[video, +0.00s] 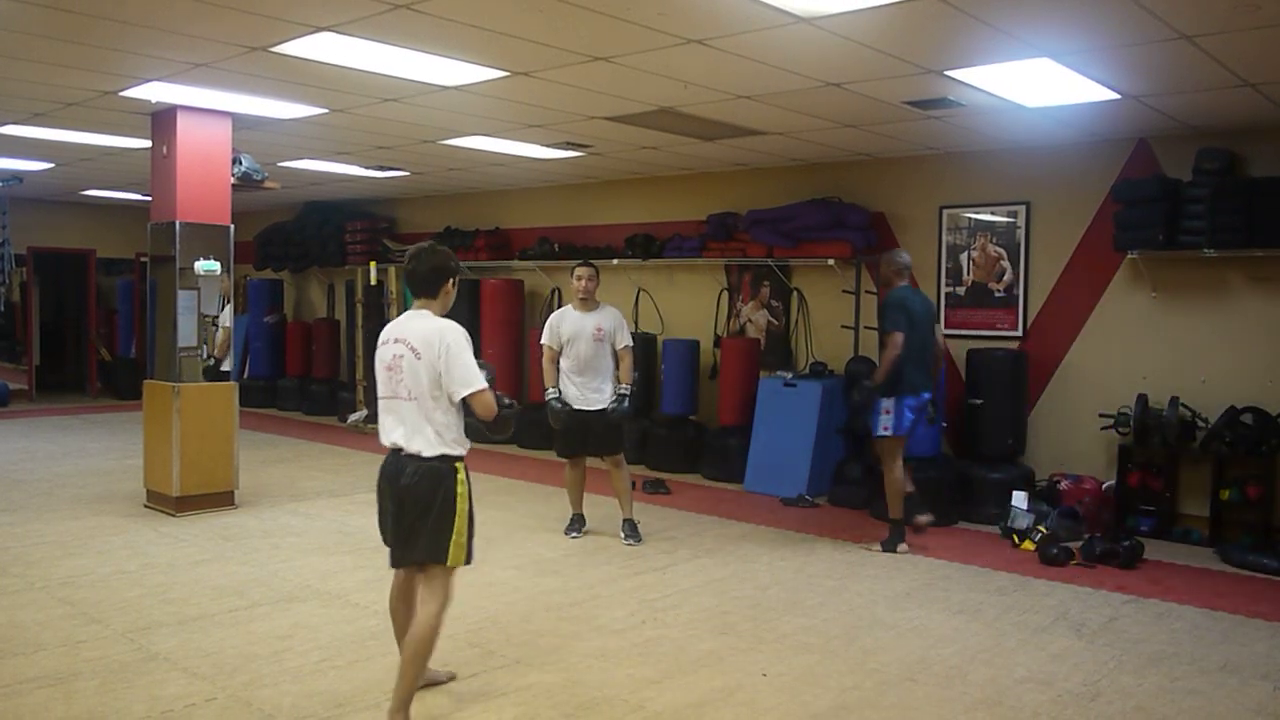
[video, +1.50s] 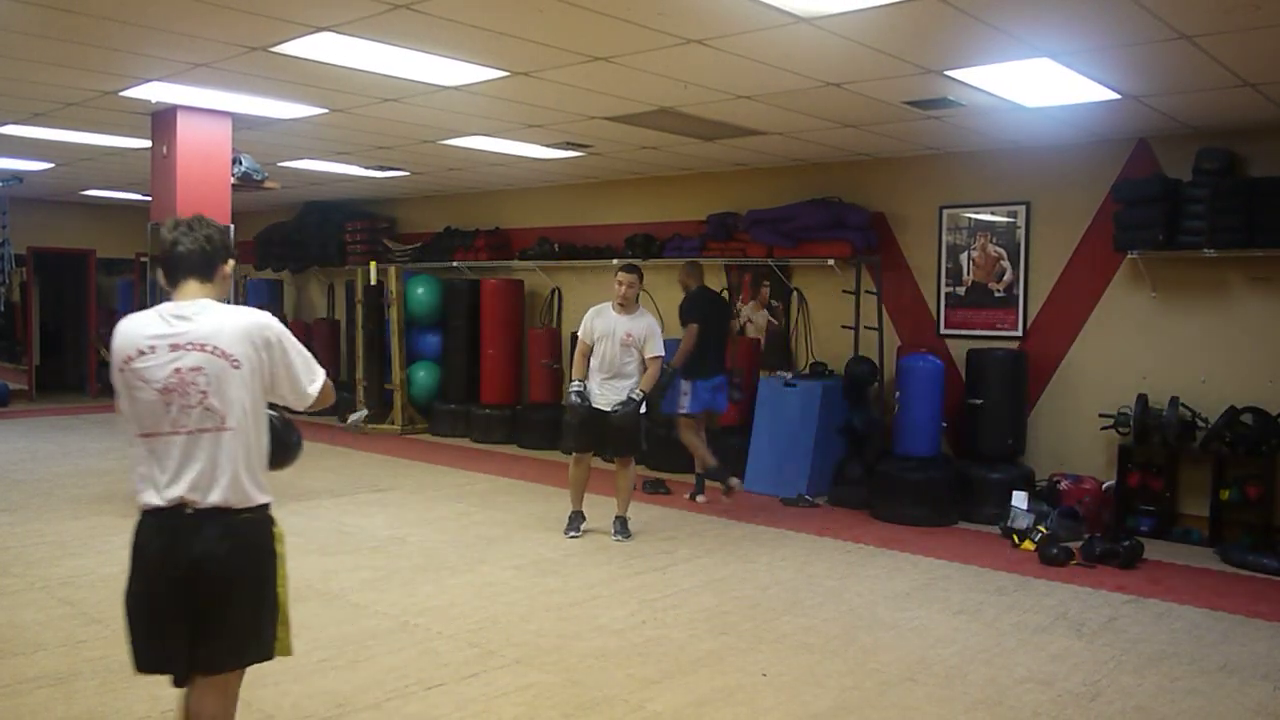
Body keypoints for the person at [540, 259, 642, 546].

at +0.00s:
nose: (584, 284)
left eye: (590, 279)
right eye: (579, 279)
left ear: (598, 284)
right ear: (571, 283)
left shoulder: (612, 317)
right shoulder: (557, 319)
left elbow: (625, 356)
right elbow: (549, 359)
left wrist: (624, 392)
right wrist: (552, 395)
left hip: (606, 405)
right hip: (569, 405)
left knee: (616, 461)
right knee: (573, 461)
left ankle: (628, 520)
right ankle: (576, 516)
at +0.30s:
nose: (583, 293)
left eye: (589, 287)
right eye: (578, 287)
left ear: (598, 286)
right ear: (572, 287)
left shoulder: (613, 316)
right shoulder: (559, 317)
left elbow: (623, 360)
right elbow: (549, 359)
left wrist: (608, 348)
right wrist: (564, 353)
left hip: (607, 400)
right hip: (571, 401)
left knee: (614, 458)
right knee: (575, 459)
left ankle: (620, 517)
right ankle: (576, 516)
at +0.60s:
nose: (592, 292)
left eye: (598, 287)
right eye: (588, 287)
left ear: (609, 286)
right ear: (582, 285)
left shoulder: (620, 315)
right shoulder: (568, 313)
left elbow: (621, 352)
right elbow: (557, 348)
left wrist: (607, 319)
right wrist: (573, 315)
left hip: (610, 399)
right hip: (575, 399)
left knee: (615, 459)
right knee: (577, 459)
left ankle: (620, 517)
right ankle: (577, 516)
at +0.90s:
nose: (606, 288)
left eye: (612, 284)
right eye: (602, 283)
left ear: (621, 287)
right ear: (596, 284)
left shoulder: (633, 321)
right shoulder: (578, 316)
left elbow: (647, 360)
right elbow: (564, 354)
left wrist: (634, 380)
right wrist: (567, 381)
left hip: (618, 406)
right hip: (582, 403)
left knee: (617, 460)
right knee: (581, 460)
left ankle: (620, 518)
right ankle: (577, 516)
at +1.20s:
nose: (618, 291)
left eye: (625, 287)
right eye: (614, 285)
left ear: (634, 290)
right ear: (608, 285)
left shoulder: (644, 324)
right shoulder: (589, 316)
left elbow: (658, 363)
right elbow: (574, 353)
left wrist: (642, 386)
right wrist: (571, 385)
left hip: (624, 405)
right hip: (588, 402)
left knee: (623, 460)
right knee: (584, 459)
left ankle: (621, 518)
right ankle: (578, 515)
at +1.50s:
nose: (623, 290)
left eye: (630, 286)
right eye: (620, 283)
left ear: (640, 289)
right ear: (614, 284)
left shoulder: (648, 323)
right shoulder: (594, 315)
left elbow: (654, 366)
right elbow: (580, 353)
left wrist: (637, 396)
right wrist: (576, 386)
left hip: (625, 404)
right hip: (591, 402)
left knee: (624, 460)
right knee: (580, 456)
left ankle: (621, 518)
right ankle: (576, 513)